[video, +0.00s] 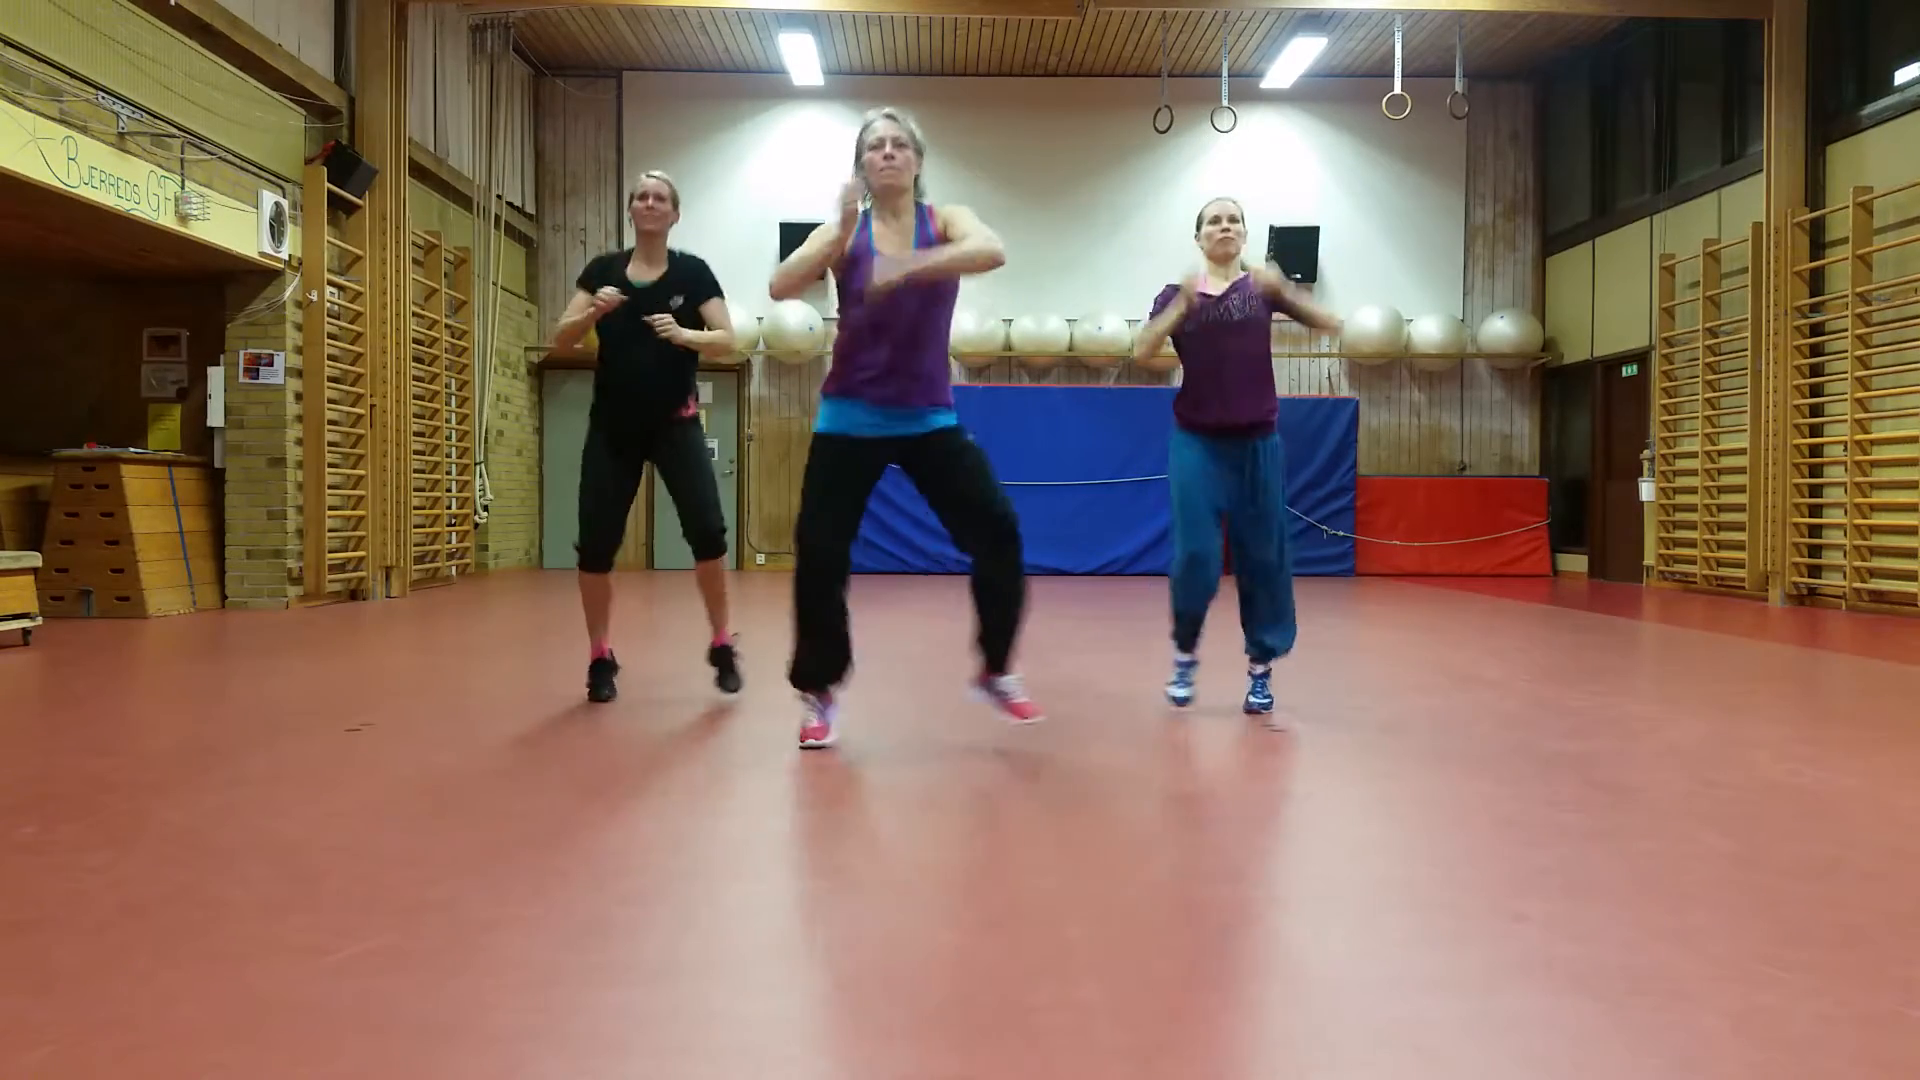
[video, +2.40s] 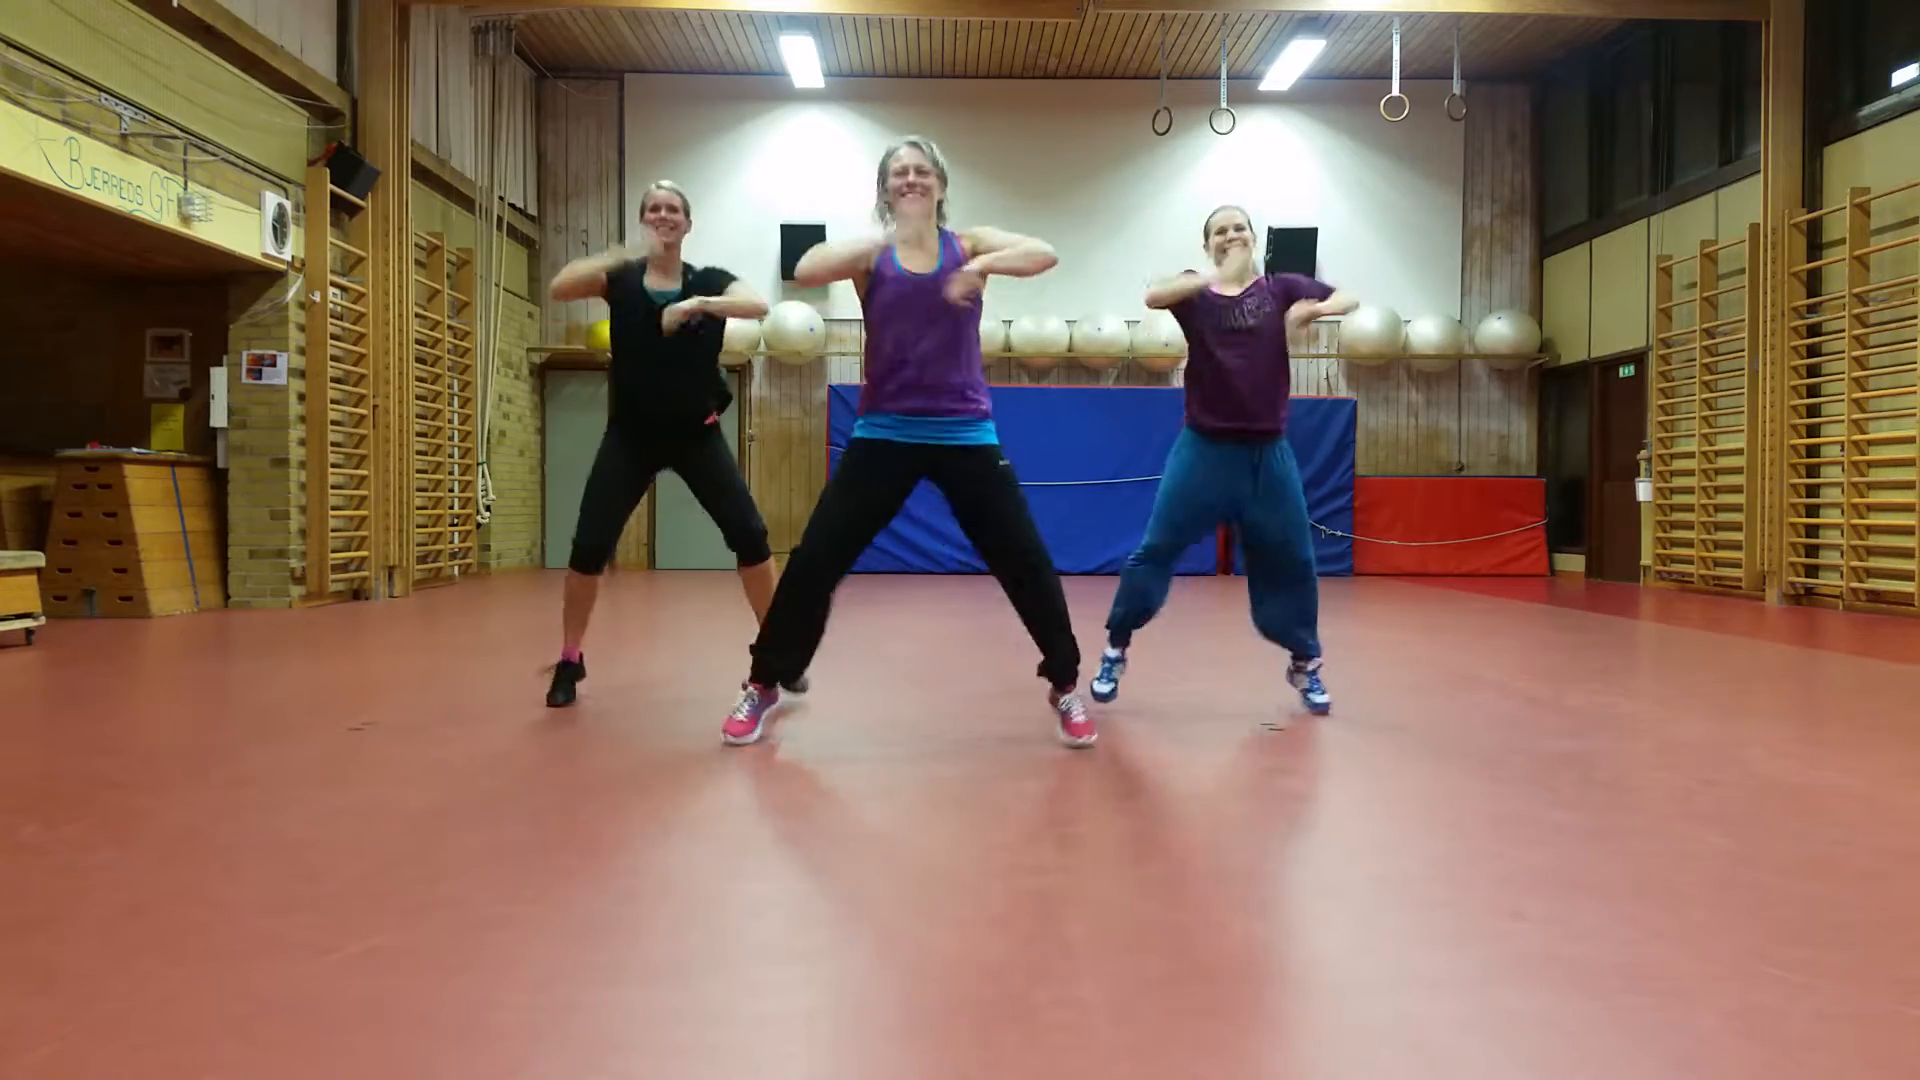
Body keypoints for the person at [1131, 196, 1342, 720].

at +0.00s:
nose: (1225, 228)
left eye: (1234, 222)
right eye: (1215, 222)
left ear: (1246, 235)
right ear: (1198, 236)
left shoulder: (1262, 287)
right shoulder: (1178, 294)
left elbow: (1329, 324)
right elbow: (1142, 351)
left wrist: (1285, 291)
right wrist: (1182, 303)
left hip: (1257, 439)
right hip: (1197, 440)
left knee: (1263, 556)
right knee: (1194, 553)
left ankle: (1260, 673)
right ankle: (1184, 659)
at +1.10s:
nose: (1238, 240)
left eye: (1246, 233)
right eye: (1228, 234)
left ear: (1260, 247)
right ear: (1213, 249)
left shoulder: (1283, 304)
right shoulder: (1188, 311)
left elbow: (1331, 368)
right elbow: (1145, 375)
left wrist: (1328, 354)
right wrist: (1157, 336)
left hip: (1267, 461)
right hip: (1203, 459)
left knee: (1274, 570)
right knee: (1168, 557)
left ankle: (1280, 681)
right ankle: (1146, 668)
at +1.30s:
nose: (1234, 248)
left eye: (1242, 241)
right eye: (1224, 241)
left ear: (1256, 254)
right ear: (1208, 254)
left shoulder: (1272, 314)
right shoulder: (1180, 308)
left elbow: (1309, 374)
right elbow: (1131, 356)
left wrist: (1318, 435)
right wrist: (1127, 405)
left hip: (1253, 461)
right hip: (1187, 461)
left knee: (1288, 562)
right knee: (1158, 563)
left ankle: (1295, 666)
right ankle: (1128, 668)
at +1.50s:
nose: (1231, 254)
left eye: (1240, 246)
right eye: (1222, 246)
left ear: (1252, 256)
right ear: (1206, 259)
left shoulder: (1278, 312)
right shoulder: (1187, 326)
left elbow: (1317, 377)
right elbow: (1152, 396)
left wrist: (1300, 423)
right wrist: (1189, 355)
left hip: (1264, 468)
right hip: (1198, 466)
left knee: (1280, 575)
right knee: (1152, 557)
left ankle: (1287, 680)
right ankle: (1128, 668)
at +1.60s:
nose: (1233, 236)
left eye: (1240, 229)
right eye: (1222, 230)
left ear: (1253, 241)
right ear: (1207, 244)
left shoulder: (1277, 299)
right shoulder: (1185, 299)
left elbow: (1320, 352)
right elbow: (1149, 351)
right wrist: (1215, 340)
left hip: (1264, 451)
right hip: (1198, 451)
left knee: (1287, 558)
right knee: (1153, 549)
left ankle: (1305, 668)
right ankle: (1127, 657)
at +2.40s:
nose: (1232, 235)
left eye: (1240, 228)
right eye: (1222, 231)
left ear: (1255, 240)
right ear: (1208, 247)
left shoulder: (1282, 287)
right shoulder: (1195, 294)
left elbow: (1348, 300)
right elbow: (1154, 296)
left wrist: (1314, 309)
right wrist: (1208, 278)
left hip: (1269, 449)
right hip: (1203, 447)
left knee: (1294, 556)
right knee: (1157, 547)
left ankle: (1305, 664)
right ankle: (1115, 650)